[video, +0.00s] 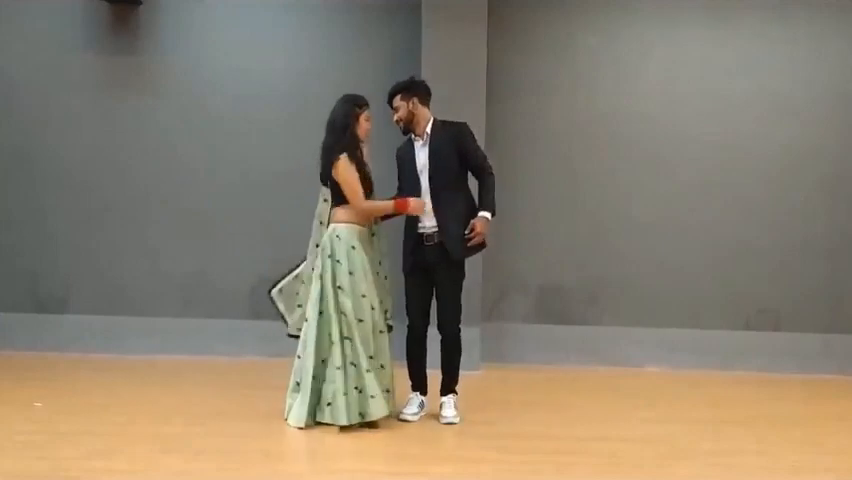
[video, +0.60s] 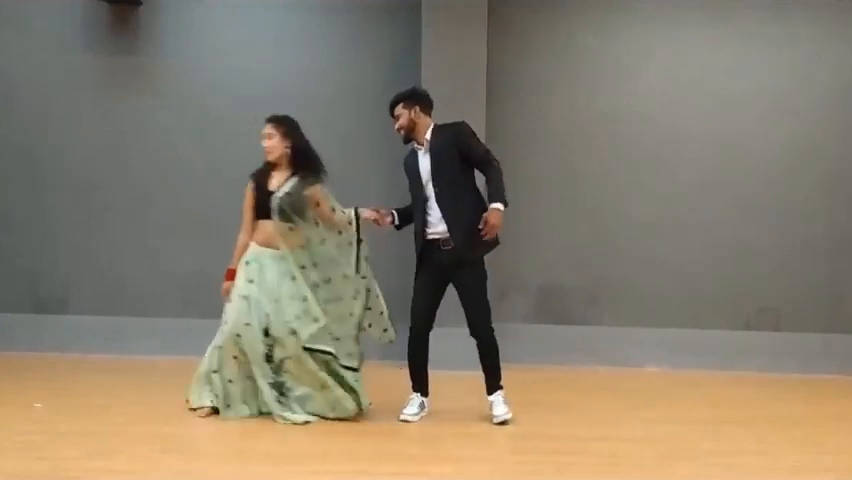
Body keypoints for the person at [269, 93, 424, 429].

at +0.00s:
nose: (369, 126)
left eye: (369, 119)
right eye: (365, 120)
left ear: (352, 123)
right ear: (350, 122)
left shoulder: (354, 158)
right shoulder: (343, 160)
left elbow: (359, 207)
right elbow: (360, 206)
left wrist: (383, 211)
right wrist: (400, 205)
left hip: (355, 240)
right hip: (342, 242)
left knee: (358, 320)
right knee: (349, 320)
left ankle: (355, 401)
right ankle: (346, 403)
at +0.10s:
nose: (367, 123)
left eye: (367, 117)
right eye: (362, 117)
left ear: (356, 120)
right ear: (347, 120)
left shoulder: (360, 155)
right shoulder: (333, 159)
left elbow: (367, 197)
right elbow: (334, 207)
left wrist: (375, 167)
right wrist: (373, 216)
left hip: (363, 241)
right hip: (337, 244)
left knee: (364, 317)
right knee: (348, 318)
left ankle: (362, 396)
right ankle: (345, 399)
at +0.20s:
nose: (362, 123)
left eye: (361, 117)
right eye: (356, 118)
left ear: (353, 123)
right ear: (339, 121)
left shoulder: (357, 162)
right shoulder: (319, 163)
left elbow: (363, 209)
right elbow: (310, 210)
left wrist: (378, 182)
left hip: (349, 242)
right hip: (321, 242)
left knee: (351, 319)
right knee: (329, 319)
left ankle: (353, 397)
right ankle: (330, 398)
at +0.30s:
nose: (351, 127)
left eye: (352, 121)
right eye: (343, 122)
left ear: (353, 128)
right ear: (327, 129)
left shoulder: (353, 169)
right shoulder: (309, 170)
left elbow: (351, 210)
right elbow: (299, 218)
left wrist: (375, 213)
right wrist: (292, 265)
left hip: (340, 251)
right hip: (311, 250)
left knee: (340, 324)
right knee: (311, 324)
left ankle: (342, 396)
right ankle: (307, 398)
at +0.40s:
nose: (328, 135)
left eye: (332, 129)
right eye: (321, 131)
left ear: (341, 137)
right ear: (309, 139)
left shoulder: (344, 180)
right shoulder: (297, 178)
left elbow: (350, 214)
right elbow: (284, 226)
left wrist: (372, 212)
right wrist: (270, 271)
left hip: (326, 259)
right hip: (296, 257)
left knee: (326, 329)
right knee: (284, 327)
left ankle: (327, 399)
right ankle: (281, 398)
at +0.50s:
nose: (296, 143)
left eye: (303, 136)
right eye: (292, 138)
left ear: (319, 142)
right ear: (288, 145)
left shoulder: (330, 185)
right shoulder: (278, 183)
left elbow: (344, 222)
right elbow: (267, 231)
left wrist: (362, 212)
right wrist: (253, 274)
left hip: (310, 263)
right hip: (278, 261)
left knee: (311, 331)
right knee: (257, 327)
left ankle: (310, 399)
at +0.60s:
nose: (264, 144)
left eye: (270, 137)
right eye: (263, 138)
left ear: (290, 143)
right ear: (265, 144)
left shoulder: (308, 186)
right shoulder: (256, 183)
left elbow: (333, 221)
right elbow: (246, 232)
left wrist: (364, 215)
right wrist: (232, 273)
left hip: (288, 263)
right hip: (255, 260)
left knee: (288, 331)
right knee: (238, 326)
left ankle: (293, 399)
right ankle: (219, 396)